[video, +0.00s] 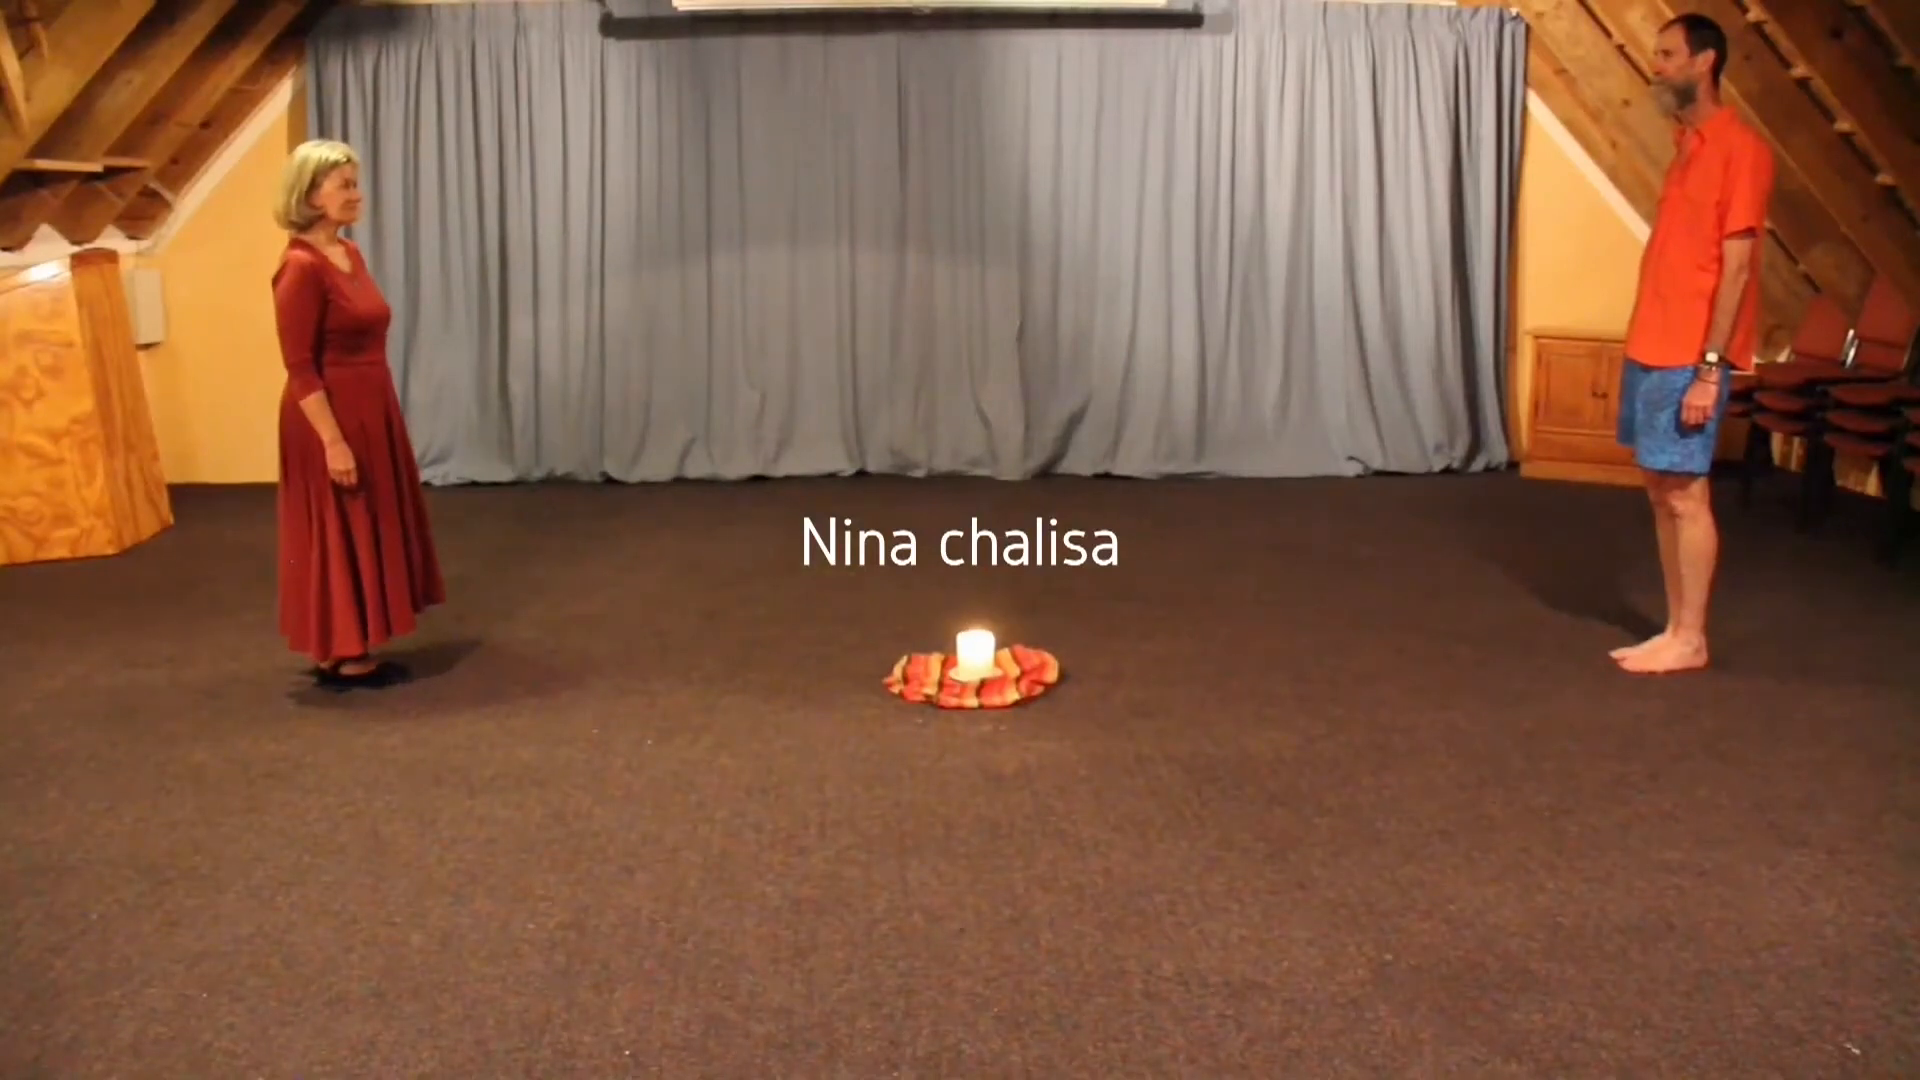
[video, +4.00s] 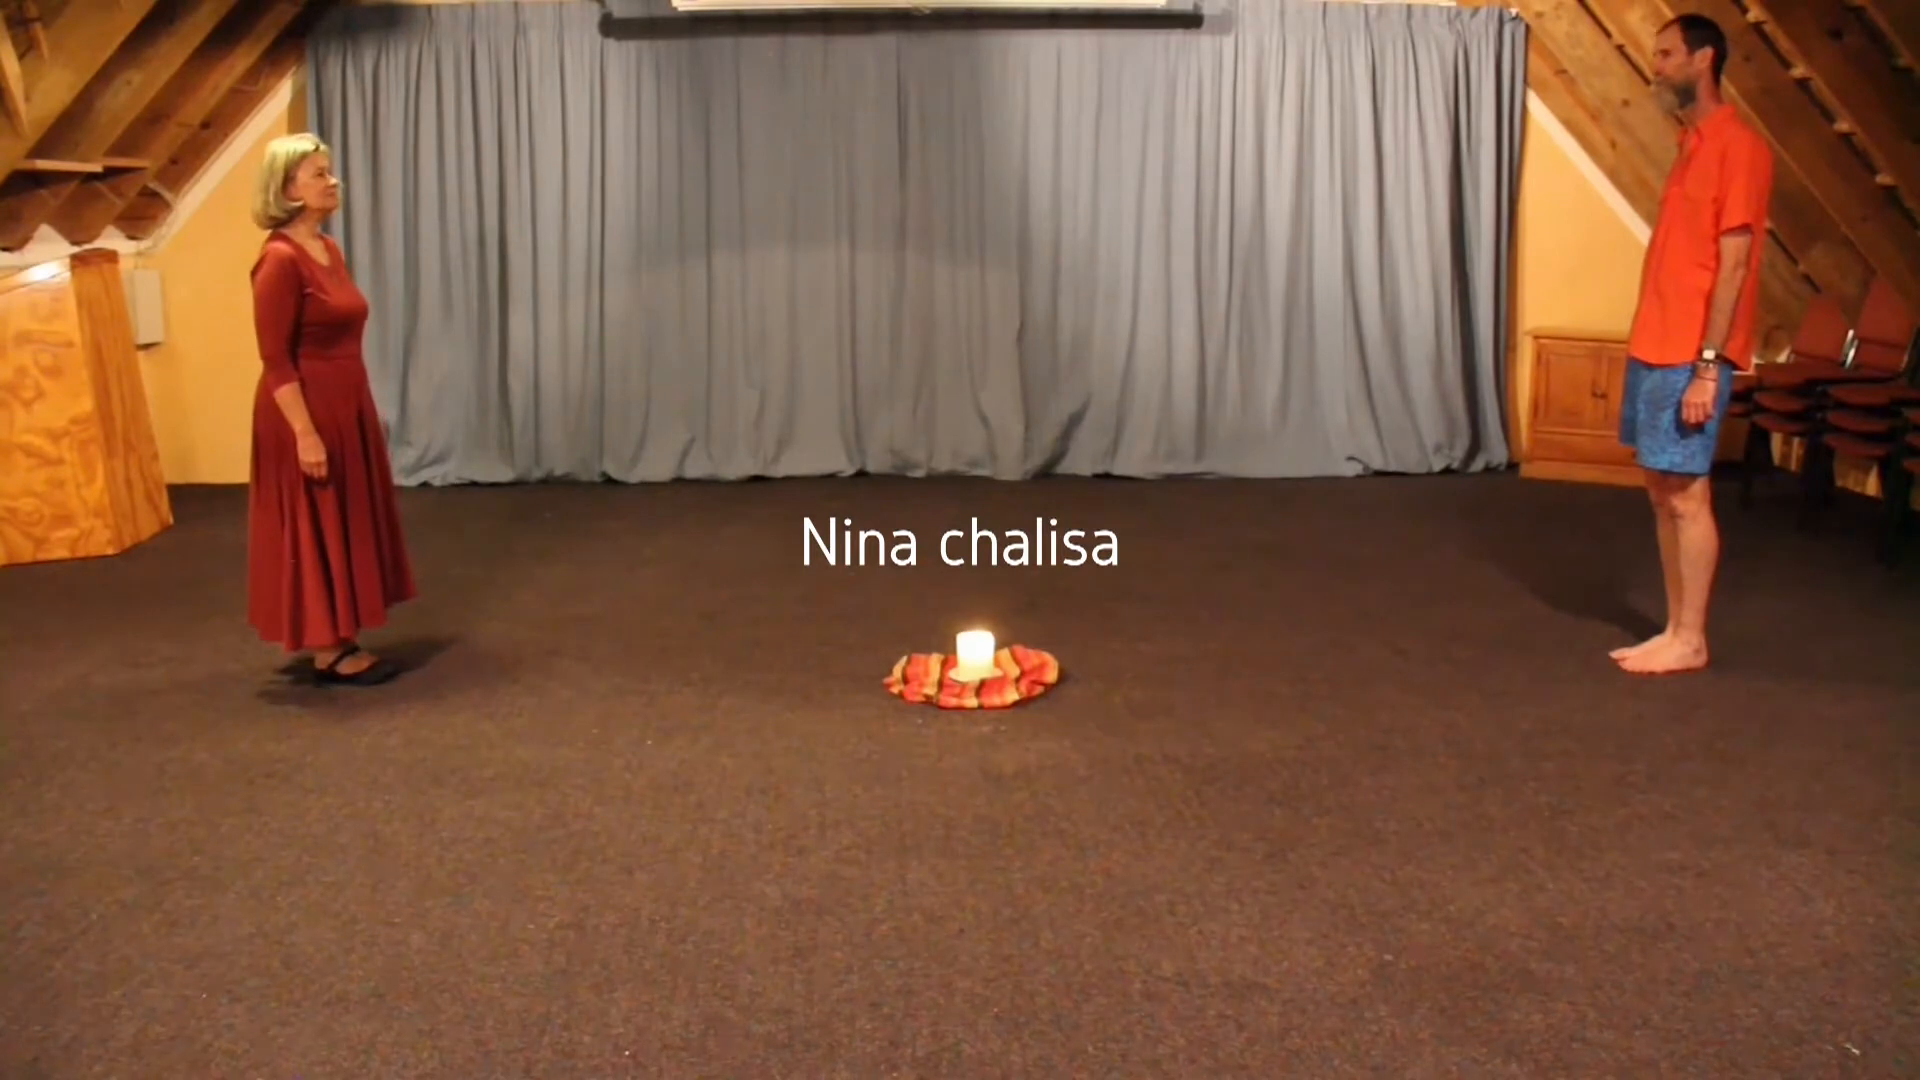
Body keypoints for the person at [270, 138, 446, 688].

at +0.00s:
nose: (356, 195)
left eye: (357, 184)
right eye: (344, 186)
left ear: (355, 190)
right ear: (311, 194)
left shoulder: (348, 252)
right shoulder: (299, 267)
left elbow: (361, 347)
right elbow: (299, 367)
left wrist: (383, 415)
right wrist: (333, 440)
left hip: (369, 406)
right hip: (329, 413)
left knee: (362, 524)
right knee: (336, 528)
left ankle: (351, 646)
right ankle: (341, 651)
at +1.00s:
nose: (356, 210)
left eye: (356, 200)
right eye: (344, 202)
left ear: (351, 208)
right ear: (312, 212)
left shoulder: (350, 268)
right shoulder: (304, 283)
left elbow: (367, 360)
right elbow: (309, 382)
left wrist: (394, 422)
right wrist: (347, 453)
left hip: (378, 421)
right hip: (339, 430)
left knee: (380, 533)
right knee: (350, 540)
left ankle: (380, 650)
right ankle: (350, 657)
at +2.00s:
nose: (340, 195)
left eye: (340, 186)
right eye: (327, 188)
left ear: (341, 193)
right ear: (297, 201)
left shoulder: (339, 254)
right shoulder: (294, 268)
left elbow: (362, 347)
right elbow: (303, 367)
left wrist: (388, 417)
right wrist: (340, 440)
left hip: (372, 407)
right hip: (336, 414)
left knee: (367, 525)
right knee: (340, 529)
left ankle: (359, 646)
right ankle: (341, 651)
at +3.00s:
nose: (334, 180)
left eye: (330, 171)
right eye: (320, 173)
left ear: (312, 190)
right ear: (290, 193)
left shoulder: (332, 249)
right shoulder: (283, 263)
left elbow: (352, 343)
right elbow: (289, 362)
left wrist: (375, 414)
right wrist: (323, 436)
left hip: (358, 405)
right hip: (320, 411)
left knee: (350, 522)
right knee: (325, 526)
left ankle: (342, 643)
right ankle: (330, 648)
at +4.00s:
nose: (333, 183)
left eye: (331, 173)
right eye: (320, 175)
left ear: (326, 183)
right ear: (289, 189)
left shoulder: (328, 248)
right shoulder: (279, 259)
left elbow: (340, 343)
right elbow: (275, 358)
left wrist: (363, 408)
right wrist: (304, 431)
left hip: (344, 402)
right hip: (306, 409)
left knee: (342, 519)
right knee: (314, 524)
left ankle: (339, 641)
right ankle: (325, 647)